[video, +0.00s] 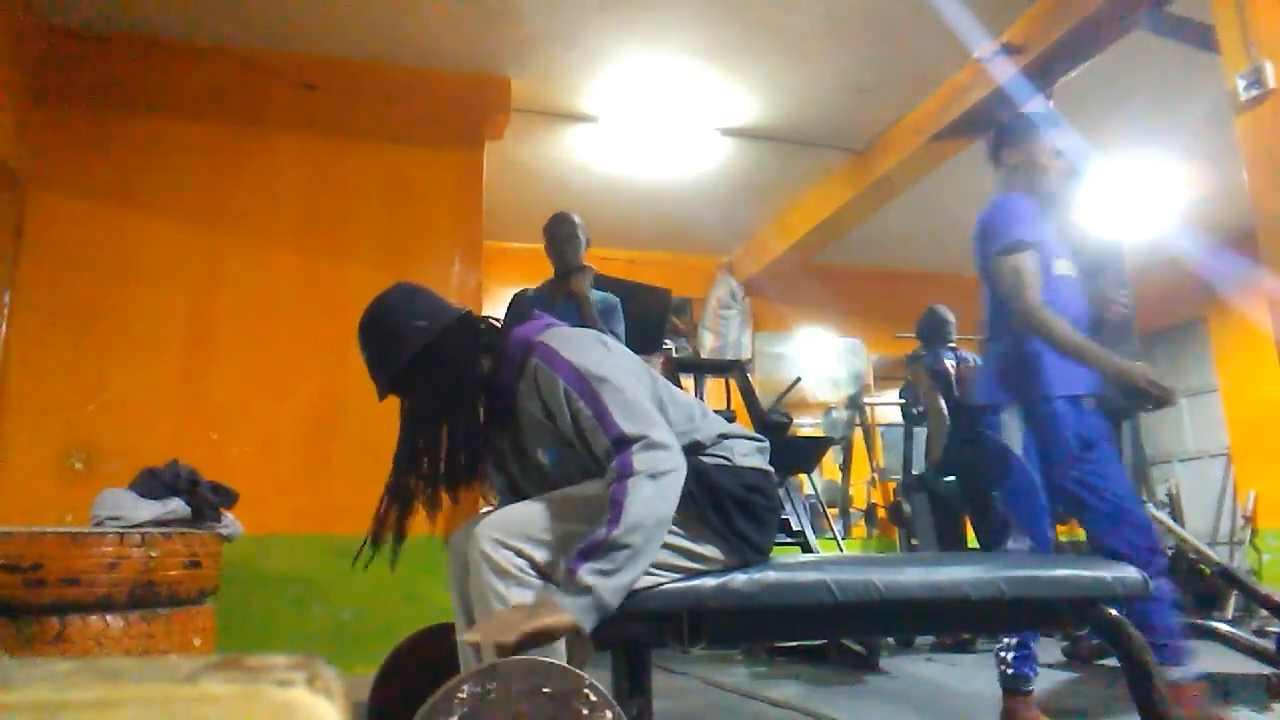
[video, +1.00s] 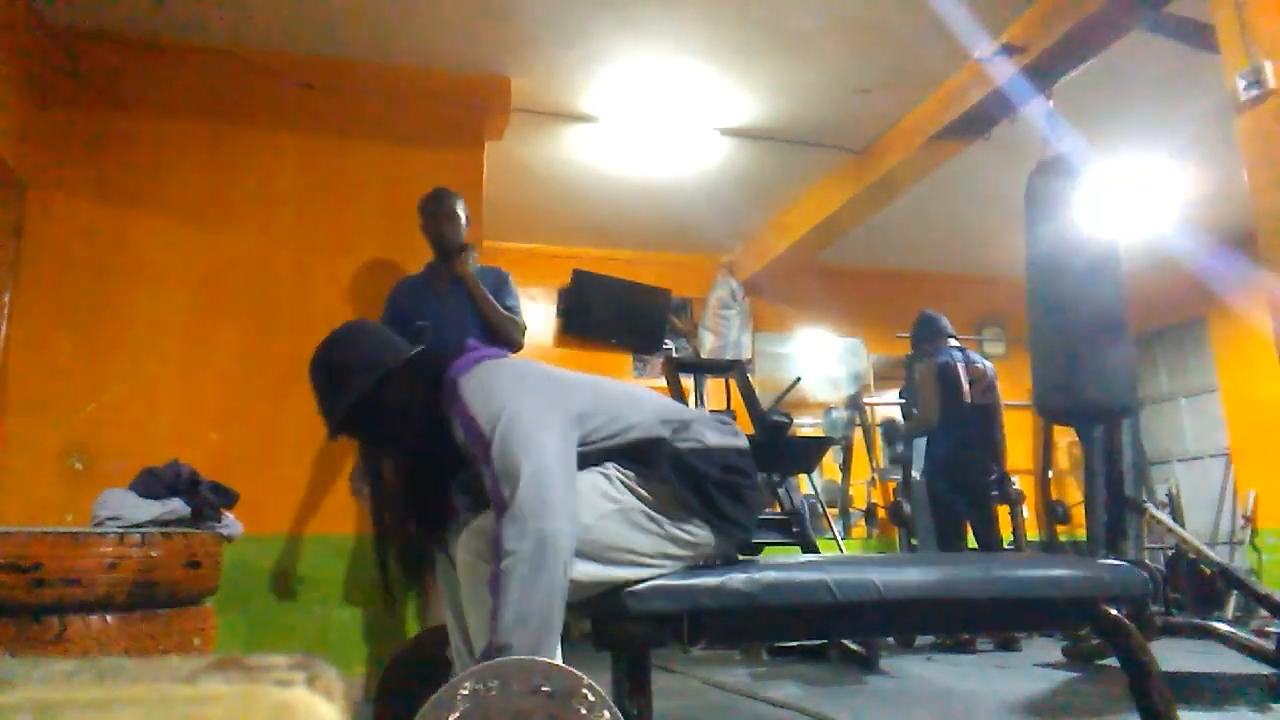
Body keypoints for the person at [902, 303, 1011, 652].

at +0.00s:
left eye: (924, 335)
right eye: (943, 330)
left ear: (921, 334)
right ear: (953, 332)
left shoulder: (920, 363)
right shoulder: (972, 362)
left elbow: (939, 414)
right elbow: (983, 410)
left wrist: (933, 465)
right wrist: (983, 451)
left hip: (945, 464)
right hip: (979, 462)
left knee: (949, 543)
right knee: (993, 539)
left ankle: (956, 628)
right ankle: (1001, 622)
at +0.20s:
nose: (921, 342)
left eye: (921, 336)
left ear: (924, 334)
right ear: (957, 331)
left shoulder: (924, 362)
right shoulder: (986, 366)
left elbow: (932, 413)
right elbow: (1002, 422)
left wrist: (911, 439)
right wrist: (1000, 465)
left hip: (944, 464)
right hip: (982, 465)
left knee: (949, 544)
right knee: (991, 542)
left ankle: (954, 629)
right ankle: (1006, 627)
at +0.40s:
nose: (919, 349)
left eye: (918, 344)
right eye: (919, 345)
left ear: (924, 340)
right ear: (952, 332)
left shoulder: (929, 365)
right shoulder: (986, 365)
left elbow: (917, 419)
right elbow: (998, 423)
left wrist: (898, 411)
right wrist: (999, 465)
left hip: (945, 470)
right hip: (981, 469)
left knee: (950, 548)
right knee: (991, 544)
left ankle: (958, 630)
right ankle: (1006, 629)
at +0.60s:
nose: (915, 353)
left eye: (914, 348)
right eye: (915, 349)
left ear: (919, 343)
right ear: (945, 336)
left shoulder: (925, 366)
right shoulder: (980, 366)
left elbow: (912, 416)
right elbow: (994, 424)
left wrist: (902, 385)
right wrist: (998, 466)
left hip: (942, 470)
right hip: (978, 467)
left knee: (950, 546)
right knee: (989, 543)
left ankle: (957, 629)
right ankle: (1005, 628)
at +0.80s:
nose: (913, 350)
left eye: (913, 344)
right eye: (912, 345)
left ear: (920, 341)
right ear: (945, 336)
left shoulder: (927, 367)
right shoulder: (981, 366)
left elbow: (922, 420)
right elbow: (994, 423)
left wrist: (900, 393)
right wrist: (1000, 467)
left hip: (943, 471)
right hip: (979, 469)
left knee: (950, 550)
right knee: (991, 547)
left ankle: (956, 631)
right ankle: (1007, 629)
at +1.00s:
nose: (917, 350)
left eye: (916, 344)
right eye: (916, 345)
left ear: (923, 340)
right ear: (950, 334)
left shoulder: (929, 366)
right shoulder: (983, 365)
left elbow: (928, 418)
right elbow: (997, 423)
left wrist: (903, 430)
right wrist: (1001, 466)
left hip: (945, 467)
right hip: (979, 465)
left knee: (951, 546)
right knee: (991, 543)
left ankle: (958, 630)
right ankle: (1004, 627)